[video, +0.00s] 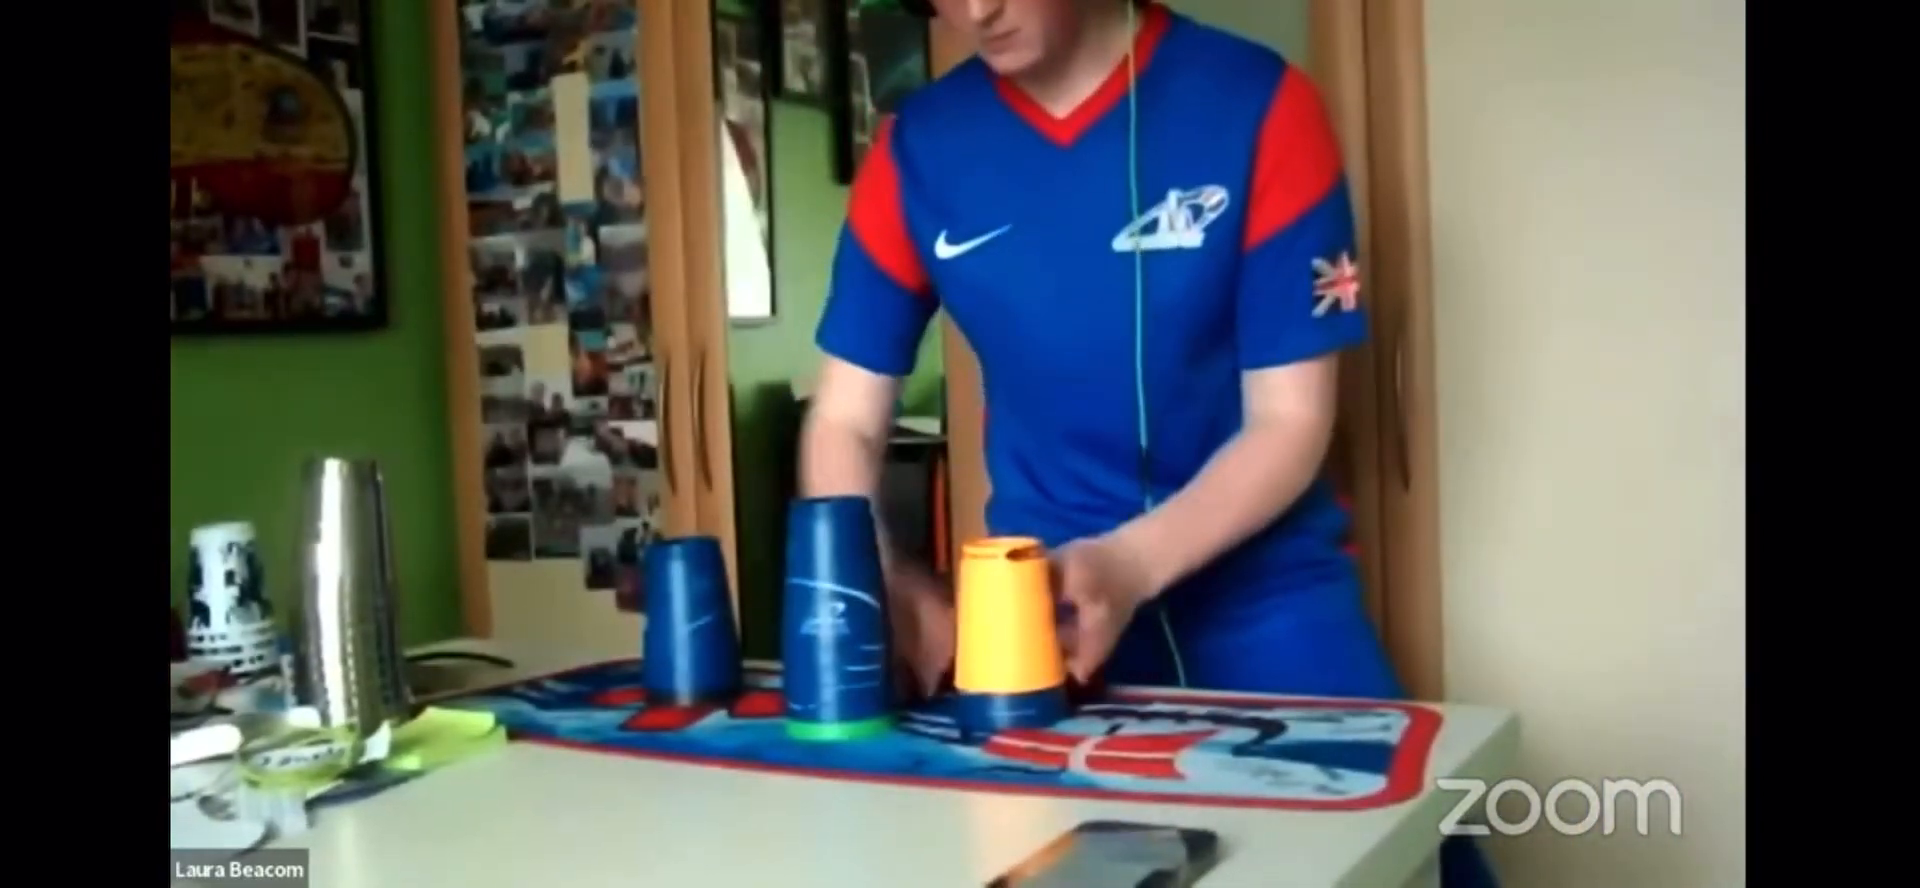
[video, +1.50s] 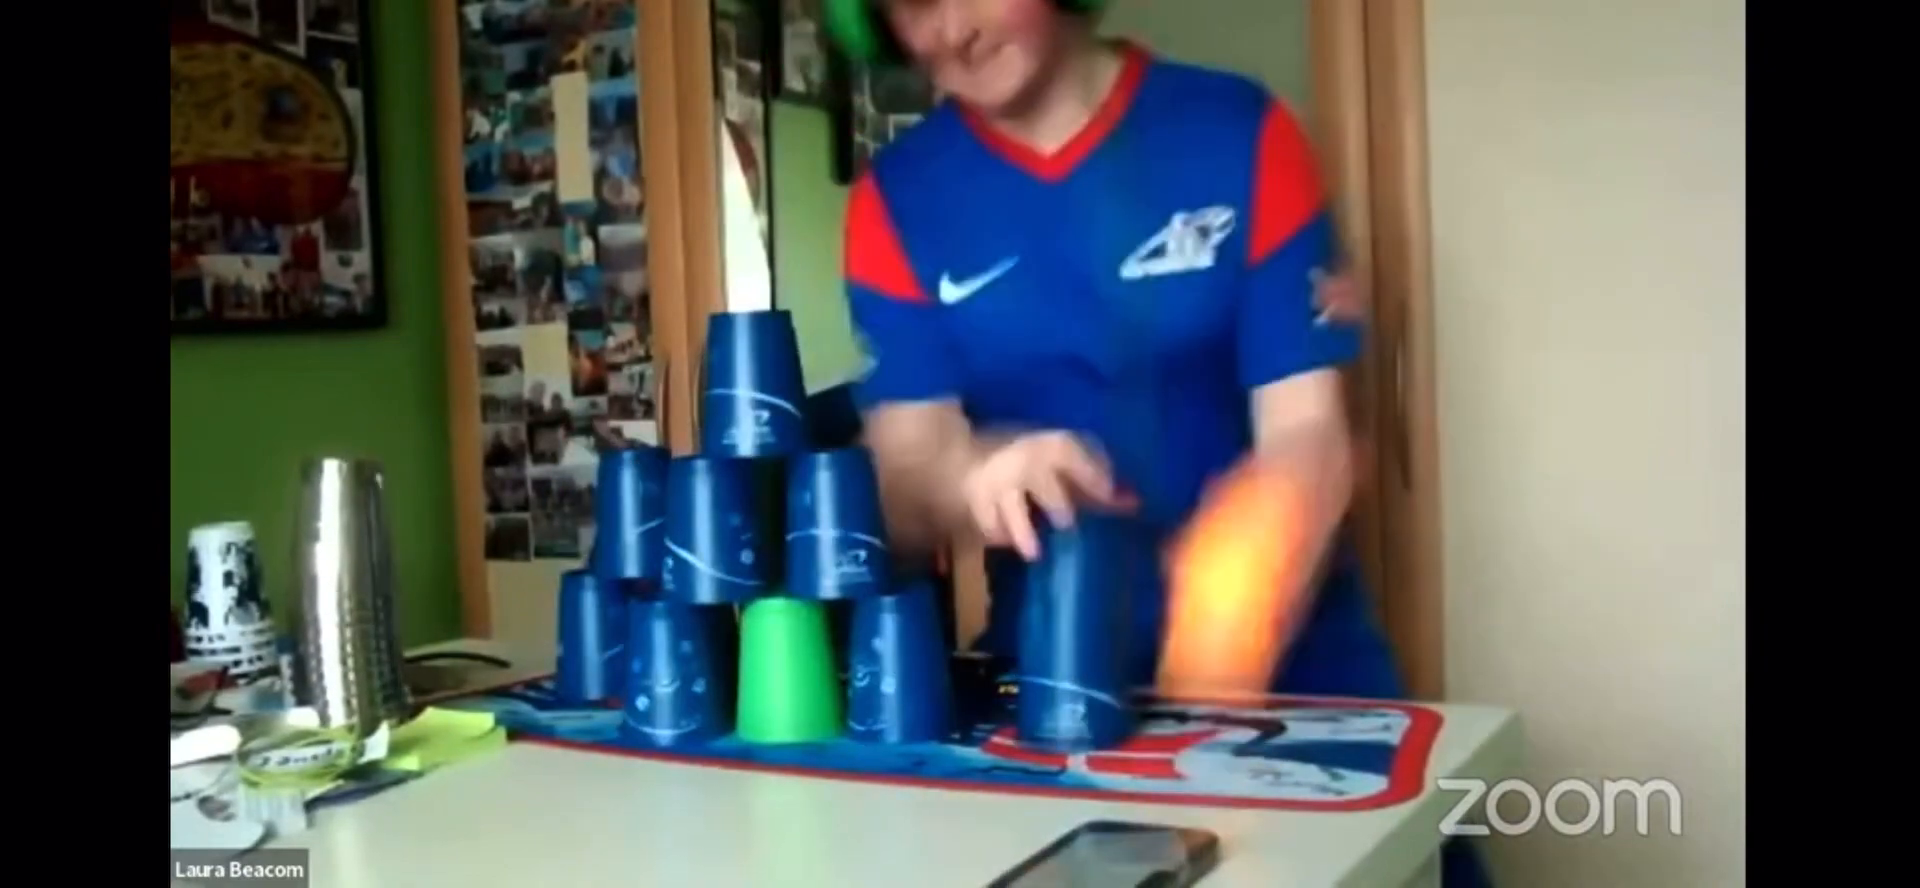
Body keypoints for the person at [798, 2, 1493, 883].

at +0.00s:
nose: (975, 12)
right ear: (929, 5)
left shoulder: (1253, 105)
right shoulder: (920, 150)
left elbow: (1290, 423)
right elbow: (843, 427)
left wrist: (1129, 565)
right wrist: (891, 594)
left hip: (1263, 611)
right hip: (1041, 634)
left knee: (1376, 860)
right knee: (1058, 871)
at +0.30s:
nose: (1012, 5)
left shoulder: (1281, 100)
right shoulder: (938, 146)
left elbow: (1316, 417)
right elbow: (921, 429)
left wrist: (1257, 562)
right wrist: (949, 460)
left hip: (1266, 605)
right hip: (1047, 610)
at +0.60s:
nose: (942, 5)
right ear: (911, 4)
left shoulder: (1243, 120)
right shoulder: (924, 150)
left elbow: (1220, 466)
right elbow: (921, 434)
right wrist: (827, 471)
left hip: (1280, 640)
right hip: (1063, 650)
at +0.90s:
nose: (891, 23)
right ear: (852, 13)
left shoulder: (1201, 111)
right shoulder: (897, 162)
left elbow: (1208, 452)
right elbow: (881, 440)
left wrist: (998, 502)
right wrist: (721, 438)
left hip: (1266, 621)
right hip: (1053, 637)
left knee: (1373, 868)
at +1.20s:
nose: (819, 56)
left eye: (838, 9)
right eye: (796, 30)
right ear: (792, 46)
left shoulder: (1113, 126)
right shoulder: (873, 188)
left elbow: (1108, 467)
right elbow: (861, 445)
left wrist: (847, 465)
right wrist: (697, 481)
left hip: (1222, 596)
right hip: (1045, 603)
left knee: (1290, 862)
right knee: (1072, 863)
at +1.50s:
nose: (947, 28)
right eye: (911, 10)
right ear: (893, 29)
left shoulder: (1238, 134)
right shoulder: (899, 199)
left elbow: (1305, 436)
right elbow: (909, 471)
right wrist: (978, 471)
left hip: (1284, 643)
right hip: (1057, 675)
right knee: (1078, 871)